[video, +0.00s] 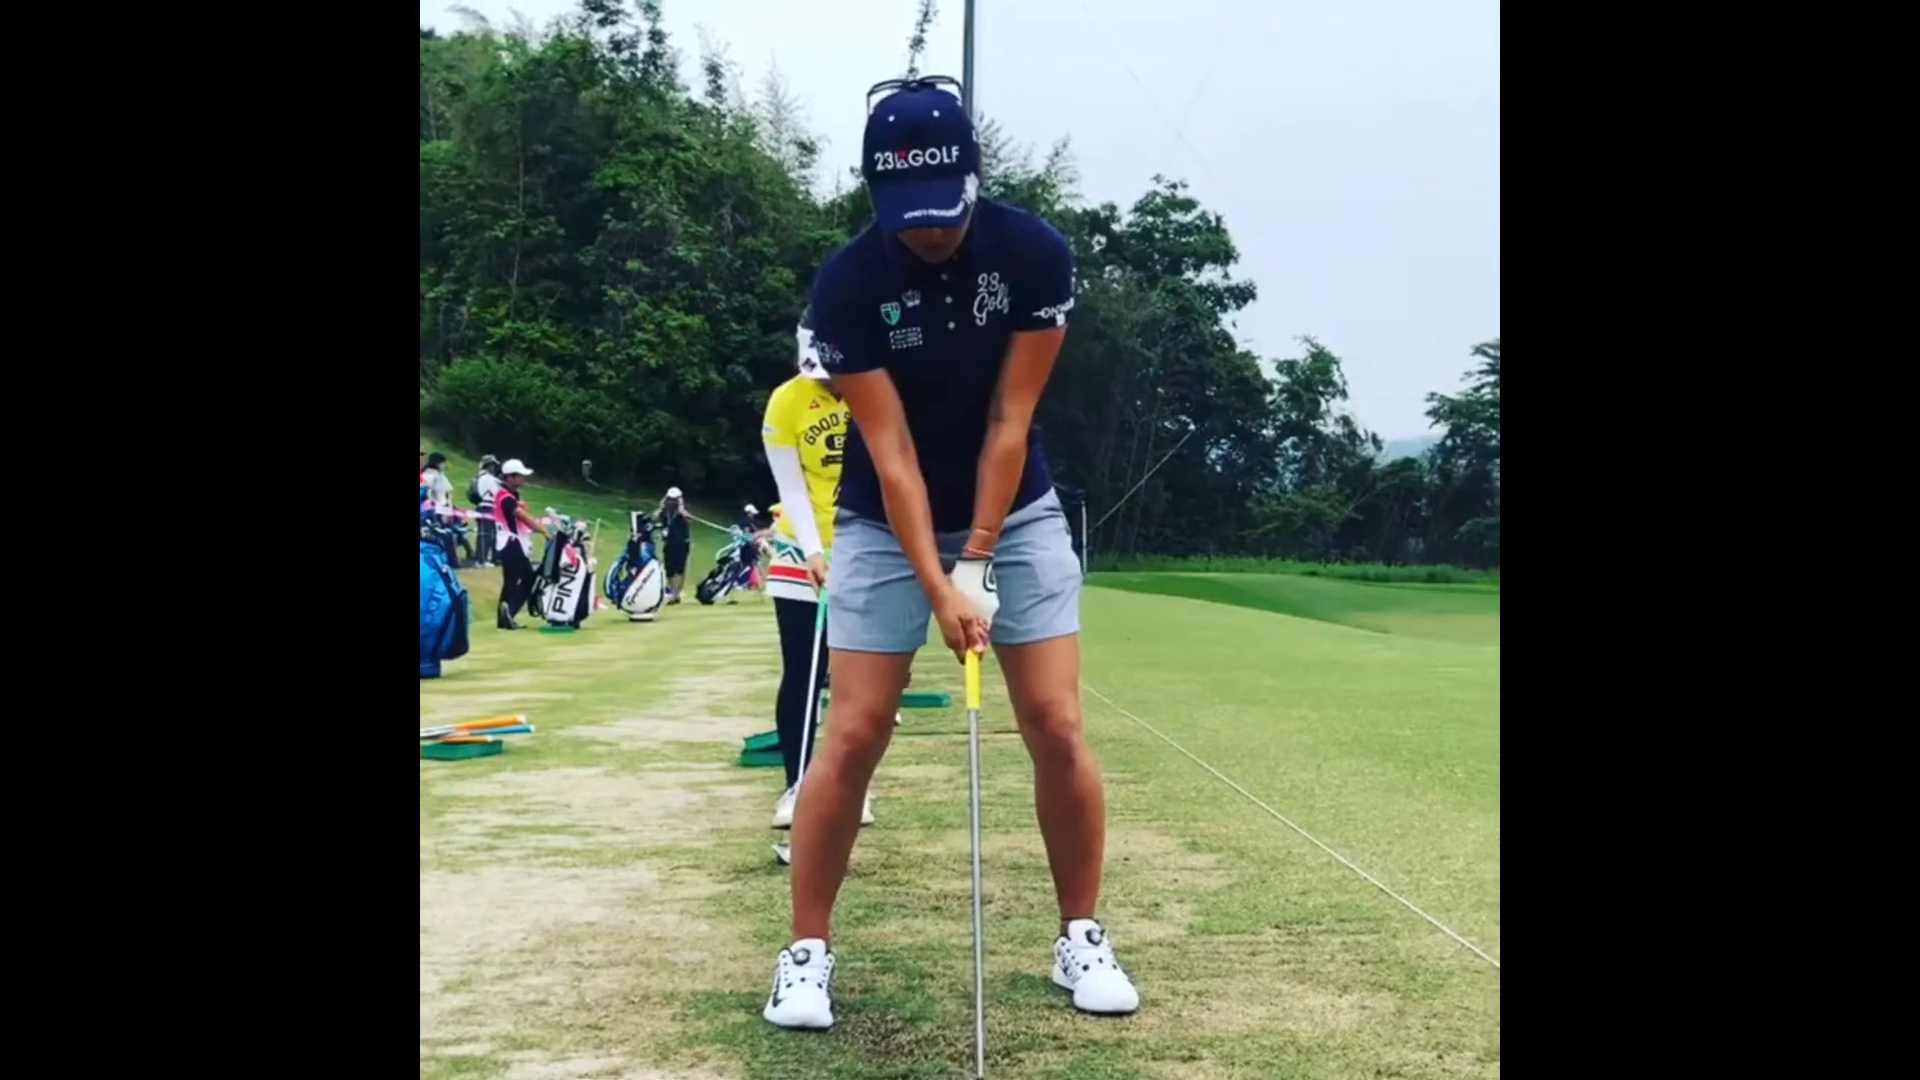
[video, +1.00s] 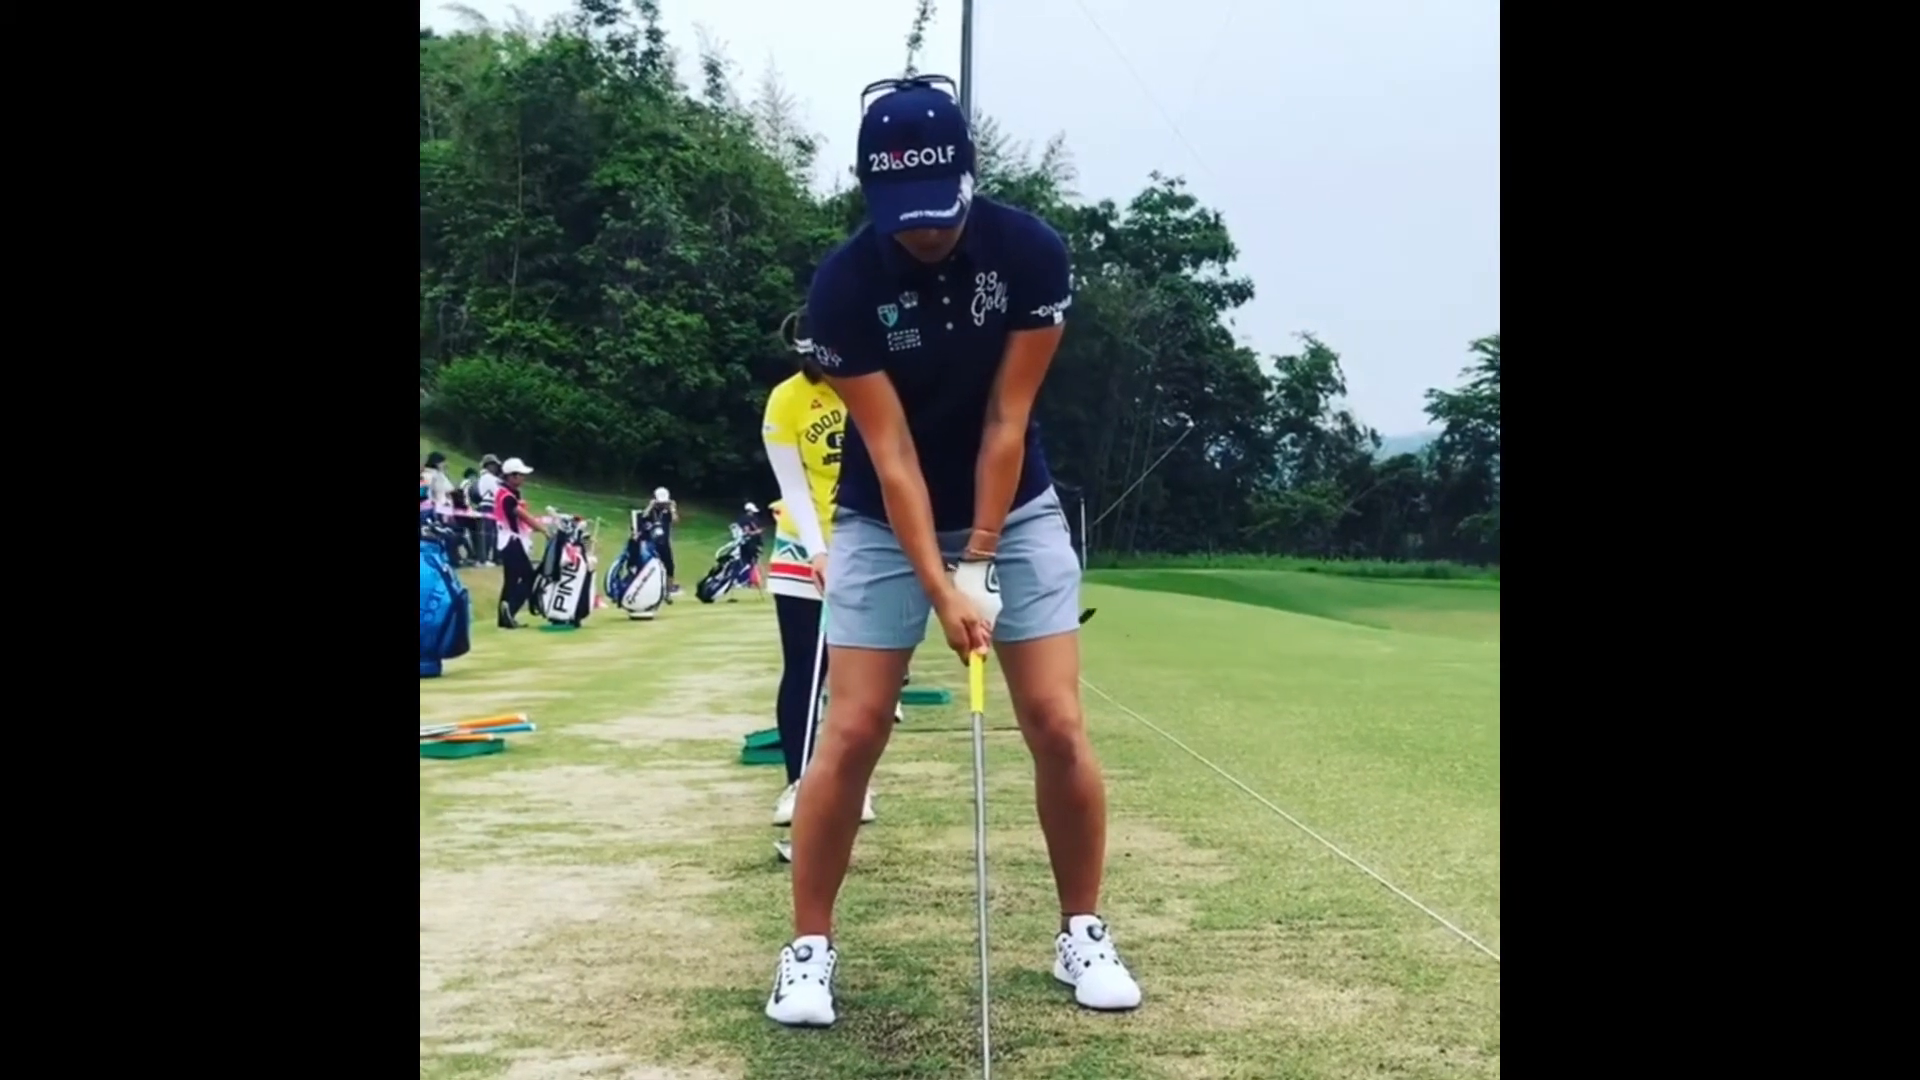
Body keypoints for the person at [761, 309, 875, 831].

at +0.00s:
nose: (826, 358)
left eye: (835, 347)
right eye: (817, 346)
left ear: (857, 347)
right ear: (806, 347)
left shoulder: (875, 394)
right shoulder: (788, 401)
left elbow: (886, 476)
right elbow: (791, 486)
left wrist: (883, 544)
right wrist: (812, 548)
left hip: (860, 557)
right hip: (801, 559)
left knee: (864, 684)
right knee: (805, 676)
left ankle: (856, 784)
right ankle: (798, 785)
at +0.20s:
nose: (822, 359)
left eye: (832, 349)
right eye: (813, 348)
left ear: (850, 349)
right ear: (801, 349)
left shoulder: (863, 398)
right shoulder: (781, 400)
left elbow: (874, 478)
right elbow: (784, 485)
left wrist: (870, 547)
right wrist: (807, 548)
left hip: (851, 555)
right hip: (793, 555)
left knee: (856, 681)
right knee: (798, 674)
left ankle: (848, 783)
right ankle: (792, 784)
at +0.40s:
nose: (811, 353)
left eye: (820, 344)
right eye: (803, 344)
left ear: (840, 344)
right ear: (792, 345)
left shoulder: (861, 395)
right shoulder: (777, 396)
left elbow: (872, 478)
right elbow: (781, 486)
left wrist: (864, 548)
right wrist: (803, 547)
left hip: (849, 556)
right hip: (789, 556)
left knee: (855, 684)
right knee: (793, 674)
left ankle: (846, 779)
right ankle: (789, 781)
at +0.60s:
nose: (816, 350)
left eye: (824, 341)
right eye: (806, 341)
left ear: (843, 341)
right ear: (795, 342)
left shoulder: (863, 393)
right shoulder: (778, 396)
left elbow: (875, 475)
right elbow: (782, 485)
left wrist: (864, 547)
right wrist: (806, 546)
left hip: (852, 555)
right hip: (791, 556)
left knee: (857, 684)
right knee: (795, 674)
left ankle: (847, 777)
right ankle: (791, 780)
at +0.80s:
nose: (818, 360)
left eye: (825, 349)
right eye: (809, 350)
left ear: (842, 345)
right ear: (798, 349)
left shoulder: (864, 394)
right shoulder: (780, 398)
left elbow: (877, 476)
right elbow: (787, 484)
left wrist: (873, 545)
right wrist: (810, 547)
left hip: (854, 555)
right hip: (796, 556)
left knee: (860, 681)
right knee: (800, 672)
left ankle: (850, 779)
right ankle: (795, 780)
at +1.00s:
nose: (824, 361)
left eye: (832, 350)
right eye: (816, 351)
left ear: (849, 346)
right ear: (804, 350)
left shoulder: (872, 394)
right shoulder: (787, 399)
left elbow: (883, 479)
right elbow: (792, 485)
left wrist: (872, 547)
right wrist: (816, 548)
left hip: (861, 557)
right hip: (801, 558)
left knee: (867, 683)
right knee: (805, 674)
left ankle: (858, 780)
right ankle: (800, 781)